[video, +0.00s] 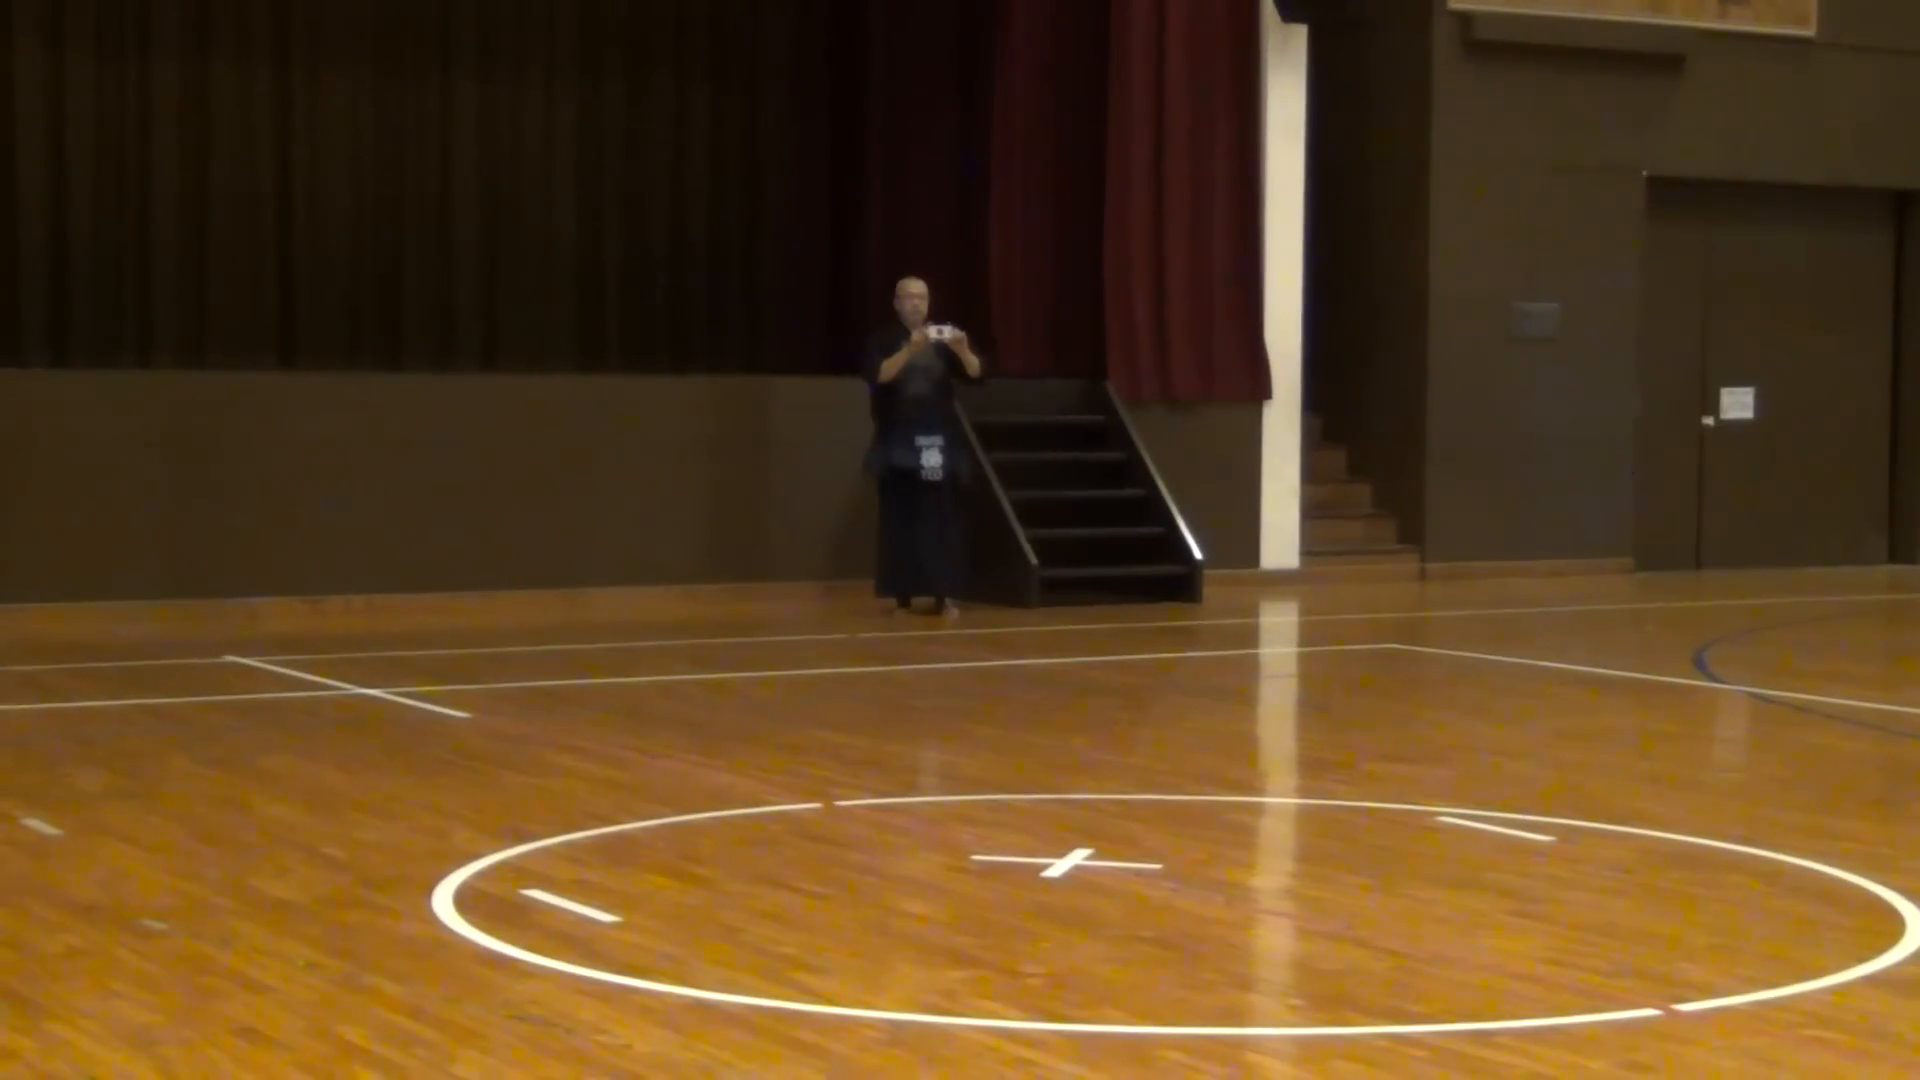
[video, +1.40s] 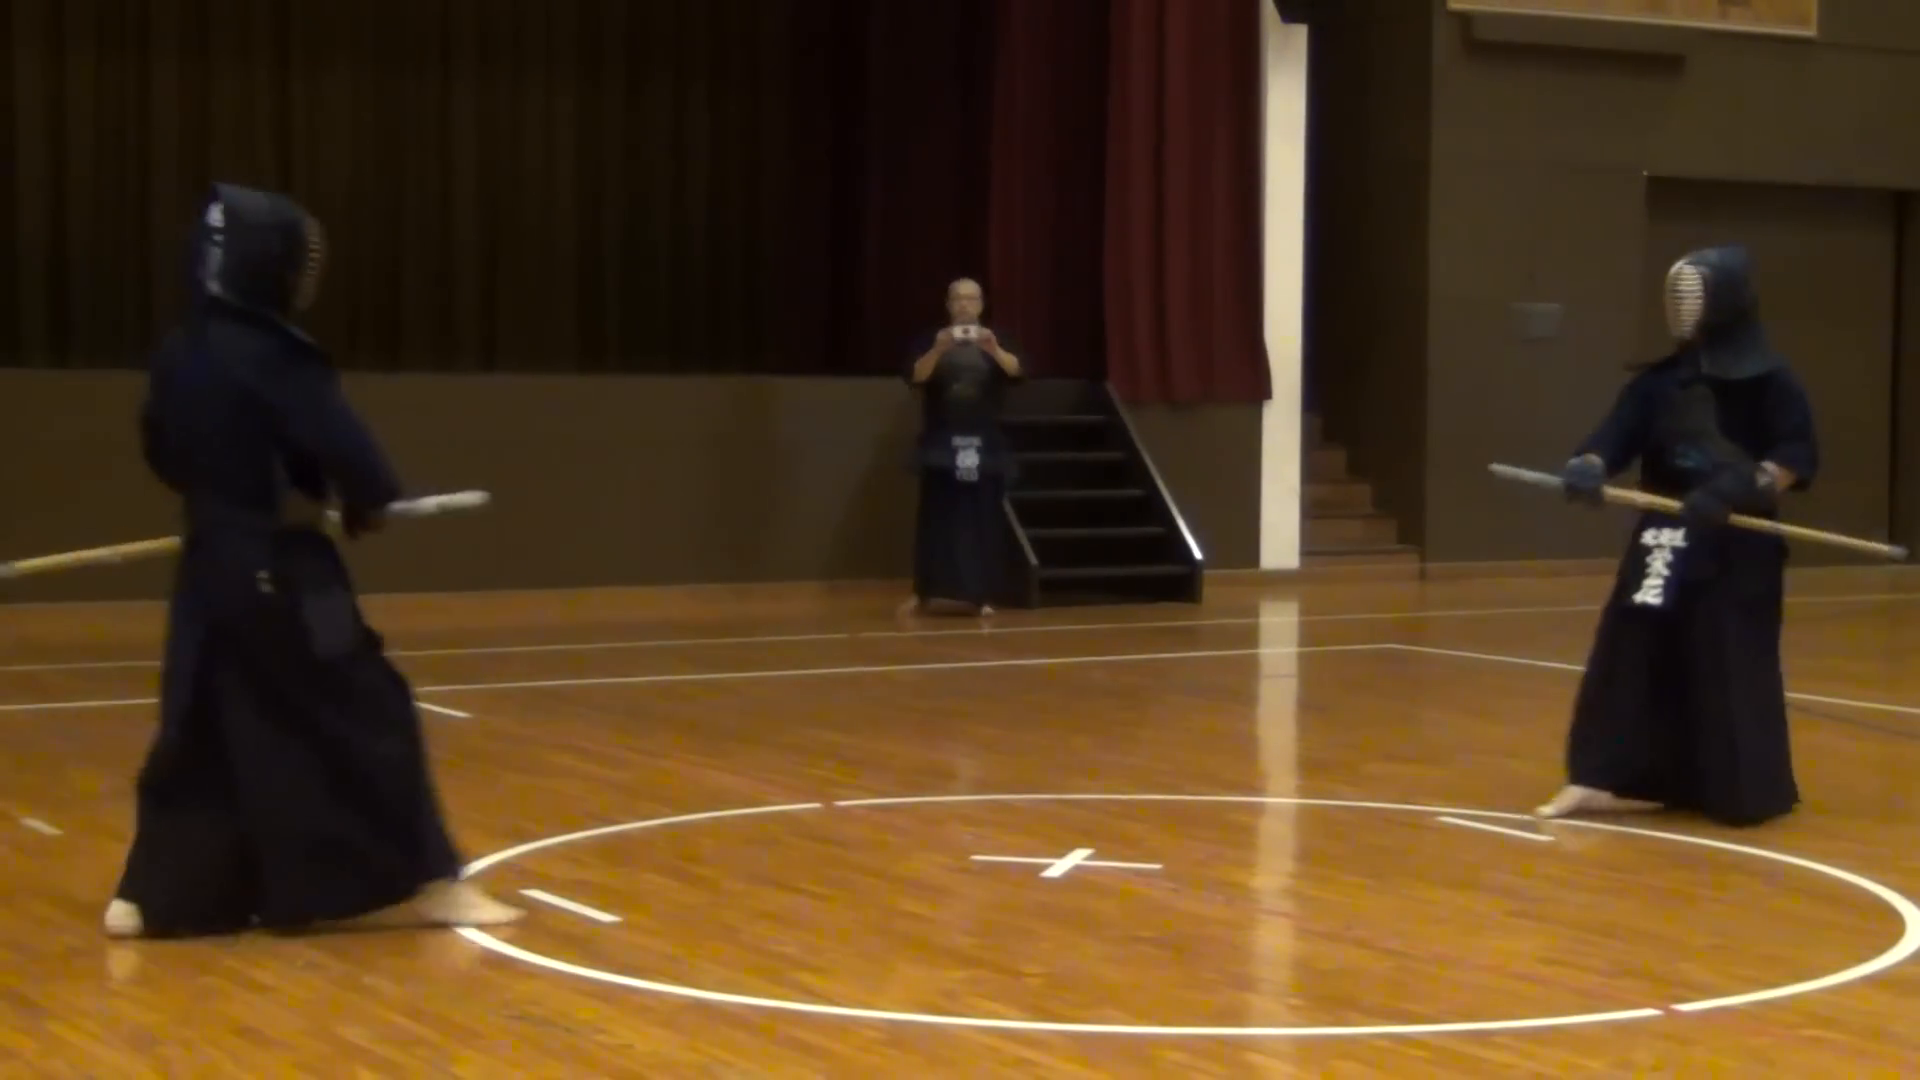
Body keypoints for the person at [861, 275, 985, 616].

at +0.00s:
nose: (914, 304)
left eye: (920, 298)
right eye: (908, 298)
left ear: (929, 302)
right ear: (896, 303)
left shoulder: (942, 340)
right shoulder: (885, 341)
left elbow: (975, 372)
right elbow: (879, 376)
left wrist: (961, 348)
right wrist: (911, 349)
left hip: (939, 437)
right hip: (898, 437)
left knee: (942, 511)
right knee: (900, 514)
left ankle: (946, 591)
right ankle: (902, 590)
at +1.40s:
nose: (965, 305)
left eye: (972, 299)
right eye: (959, 299)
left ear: (982, 303)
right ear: (949, 304)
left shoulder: (994, 341)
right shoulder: (934, 342)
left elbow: (1017, 371)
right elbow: (916, 376)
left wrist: (992, 348)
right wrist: (940, 348)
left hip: (983, 437)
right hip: (942, 437)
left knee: (984, 513)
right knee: (935, 512)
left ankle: (986, 596)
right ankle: (925, 591)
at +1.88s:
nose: (978, 304)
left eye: (985, 299)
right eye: (972, 298)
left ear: (995, 303)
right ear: (962, 303)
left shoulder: (1006, 341)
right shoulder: (950, 340)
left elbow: (1027, 371)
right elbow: (929, 375)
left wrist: (1004, 348)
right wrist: (951, 348)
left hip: (994, 436)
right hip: (953, 435)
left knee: (990, 512)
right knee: (948, 511)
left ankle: (984, 594)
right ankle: (941, 594)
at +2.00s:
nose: (978, 304)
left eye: (985, 299)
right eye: (972, 298)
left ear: (995, 303)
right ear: (962, 303)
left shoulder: (1006, 340)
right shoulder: (949, 340)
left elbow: (1027, 371)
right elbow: (929, 375)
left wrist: (1003, 347)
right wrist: (952, 347)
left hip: (994, 436)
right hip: (952, 435)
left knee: (990, 512)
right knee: (947, 512)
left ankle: (986, 595)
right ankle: (940, 594)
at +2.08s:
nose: (977, 305)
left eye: (984, 299)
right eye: (972, 298)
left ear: (995, 304)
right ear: (962, 303)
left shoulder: (1006, 340)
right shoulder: (950, 339)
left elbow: (1026, 371)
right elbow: (928, 374)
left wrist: (1004, 348)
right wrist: (951, 347)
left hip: (993, 436)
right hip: (952, 435)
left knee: (988, 512)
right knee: (948, 511)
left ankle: (984, 594)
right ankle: (941, 594)